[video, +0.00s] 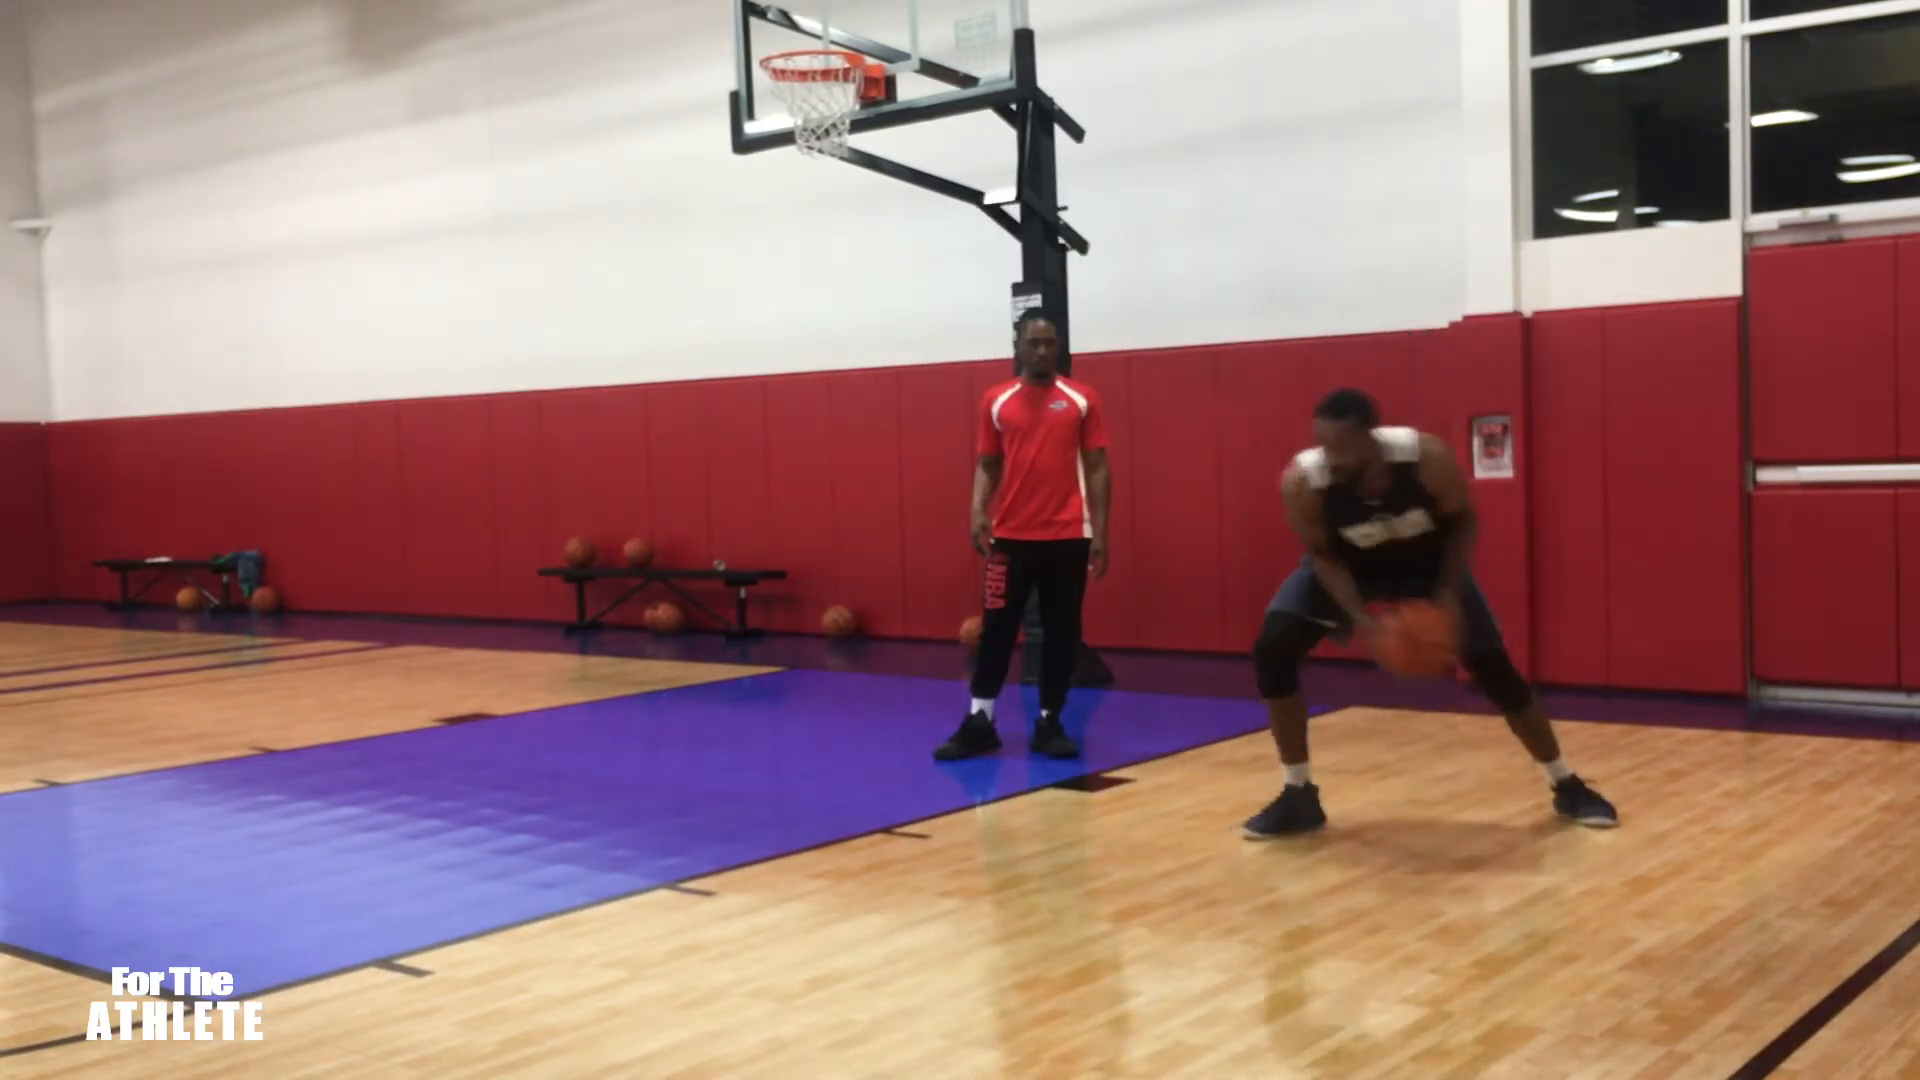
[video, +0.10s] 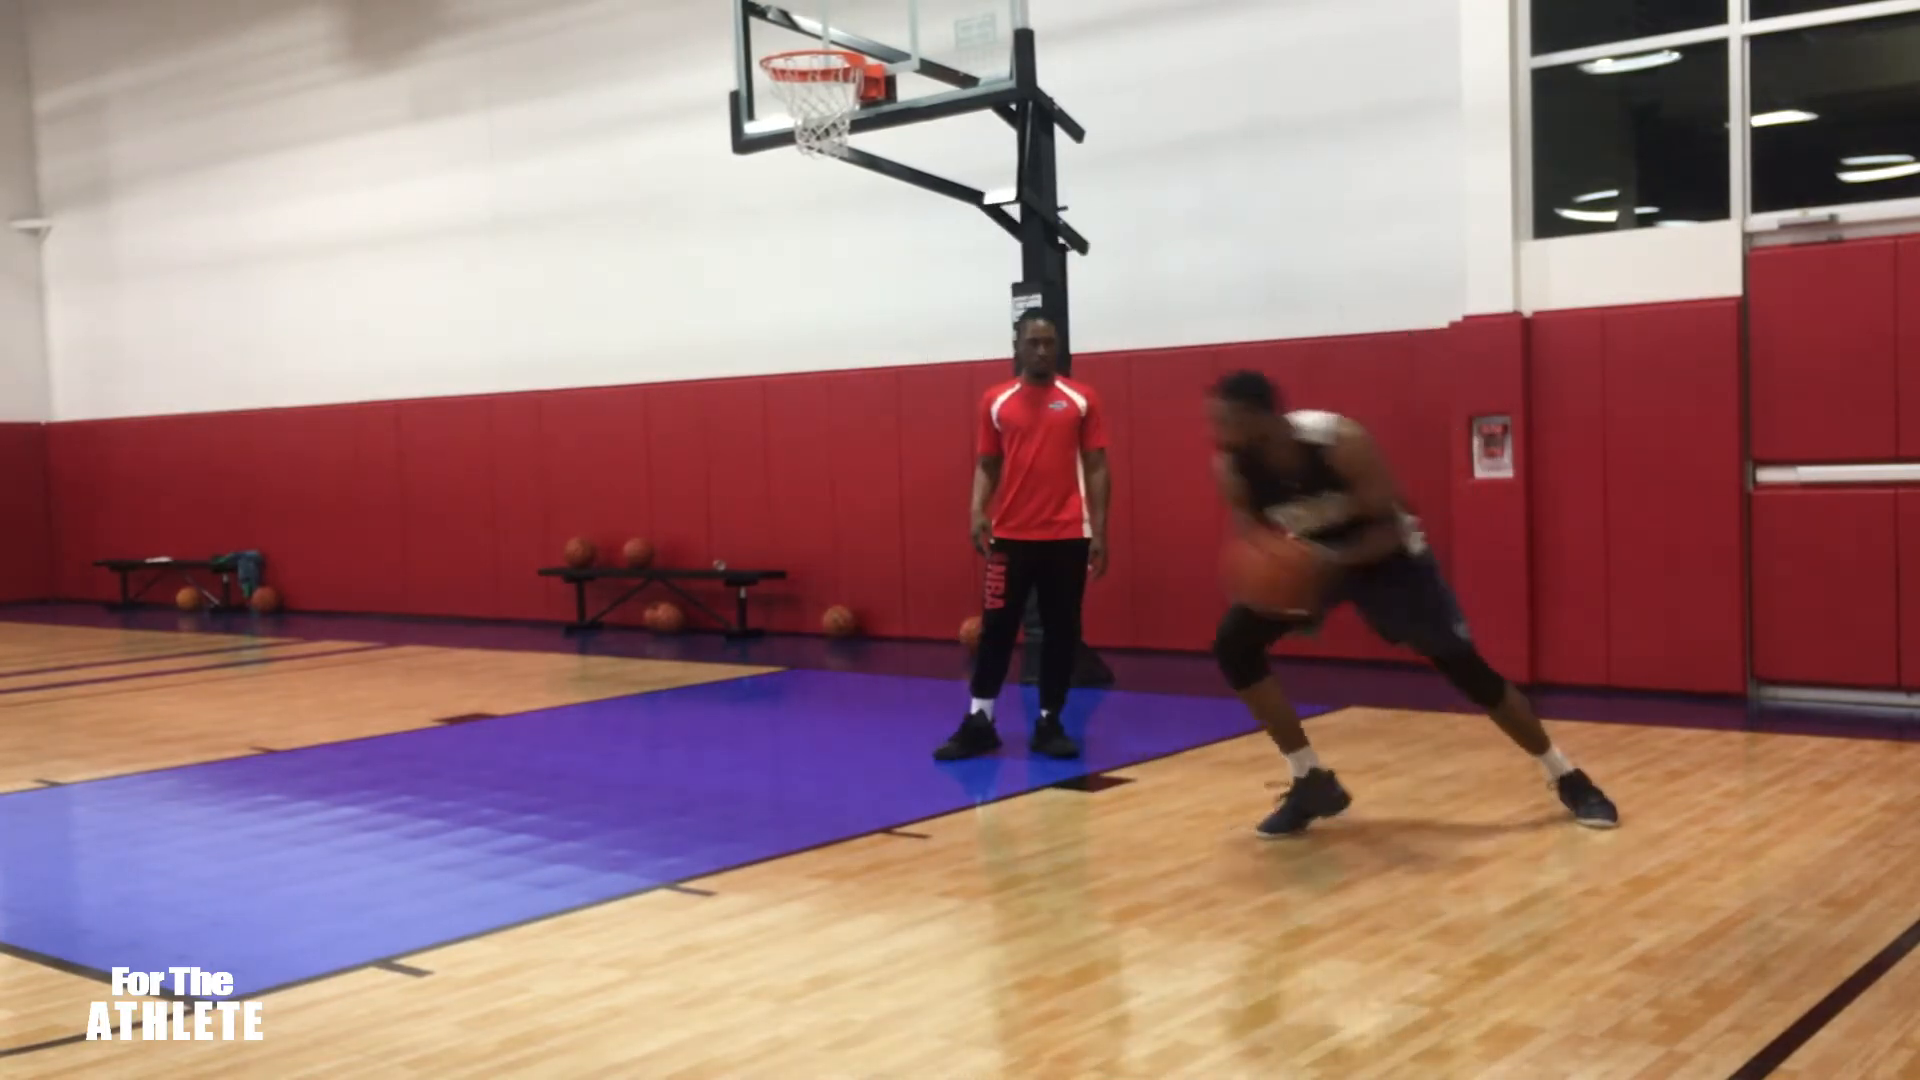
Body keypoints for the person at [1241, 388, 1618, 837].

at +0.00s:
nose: (1330, 456)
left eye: (1339, 445)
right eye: (1324, 445)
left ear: (1368, 436)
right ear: (1319, 439)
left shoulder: (1426, 456)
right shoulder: (1304, 481)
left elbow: (1462, 522)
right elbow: (1321, 555)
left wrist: (1448, 600)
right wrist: (1362, 620)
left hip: (1427, 566)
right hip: (1346, 570)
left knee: (1494, 668)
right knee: (1272, 652)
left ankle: (1566, 784)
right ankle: (1299, 794)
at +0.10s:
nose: (1219, 434)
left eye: (1227, 423)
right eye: (1216, 423)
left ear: (1264, 416)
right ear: (1228, 423)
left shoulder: (1340, 440)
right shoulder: (1234, 466)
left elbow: (1389, 530)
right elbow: (1252, 531)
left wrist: (1327, 560)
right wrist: (1276, 569)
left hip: (1385, 557)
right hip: (1314, 565)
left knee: (1465, 667)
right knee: (1234, 646)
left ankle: (1566, 777)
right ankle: (1313, 781)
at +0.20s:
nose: (1130, 404)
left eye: (1137, 392)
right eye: (1128, 393)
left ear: (1173, 387)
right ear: (1145, 393)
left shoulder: (1239, 419)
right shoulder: (1160, 448)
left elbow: (1255, 508)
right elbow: (1162, 540)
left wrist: (1157, 500)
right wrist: (1115, 510)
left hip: (1334, 557)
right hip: (1265, 568)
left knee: (1414, 667)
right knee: (1210, 669)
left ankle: (1549, 756)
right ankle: (1317, 782)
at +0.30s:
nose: (1059, 393)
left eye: (1067, 381)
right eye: (1057, 382)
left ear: (1100, 376)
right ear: (1078, 384)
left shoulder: (1150, 405)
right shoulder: (1093, 442)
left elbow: (1103, 468)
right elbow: (1053, 512)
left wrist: (991, 455)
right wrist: (983, 491)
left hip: (1270, 554)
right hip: (1212, 568)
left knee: (1295, 679)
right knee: (1184, 678)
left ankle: (1438, 745)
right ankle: (1310, 777)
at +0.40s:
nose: (990, 377)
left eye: (997, 364)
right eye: (988, 366)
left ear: (1026, 358)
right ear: (1012, 365)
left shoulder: (1070, 387)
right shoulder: (1019, 420)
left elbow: (990, 432)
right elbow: (949, 480)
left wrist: (874, 440)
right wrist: (861, 481)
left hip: (1181, 538)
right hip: (1153, 549)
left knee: (1142, 669)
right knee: (1162, 680)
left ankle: (1257, 782)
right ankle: (1298, 771)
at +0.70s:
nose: (746, 379)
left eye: (748, 368)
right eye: (749, 367)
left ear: (757, 368)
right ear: (791, 364)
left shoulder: (785, 413)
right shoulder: (821, 406)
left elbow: (756, 506)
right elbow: (815, 518)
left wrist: (705, 547)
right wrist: (754, 545)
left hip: (858, 564)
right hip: (892, 559)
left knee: (787, 673)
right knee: (822, 686)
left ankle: (830, 819)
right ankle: (949, 731)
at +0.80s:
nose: (688, 380)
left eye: (688, 372)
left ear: (690, 372)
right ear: (733, 367)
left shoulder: (692, 416)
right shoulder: (768, 409)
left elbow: (696, 489)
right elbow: (834, 480)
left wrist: (683, 555)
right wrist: (781, 511)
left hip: (765, 567)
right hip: (813, 560)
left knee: (739, 696)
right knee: (724, 662)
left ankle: (820, 807)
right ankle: (706, 778)